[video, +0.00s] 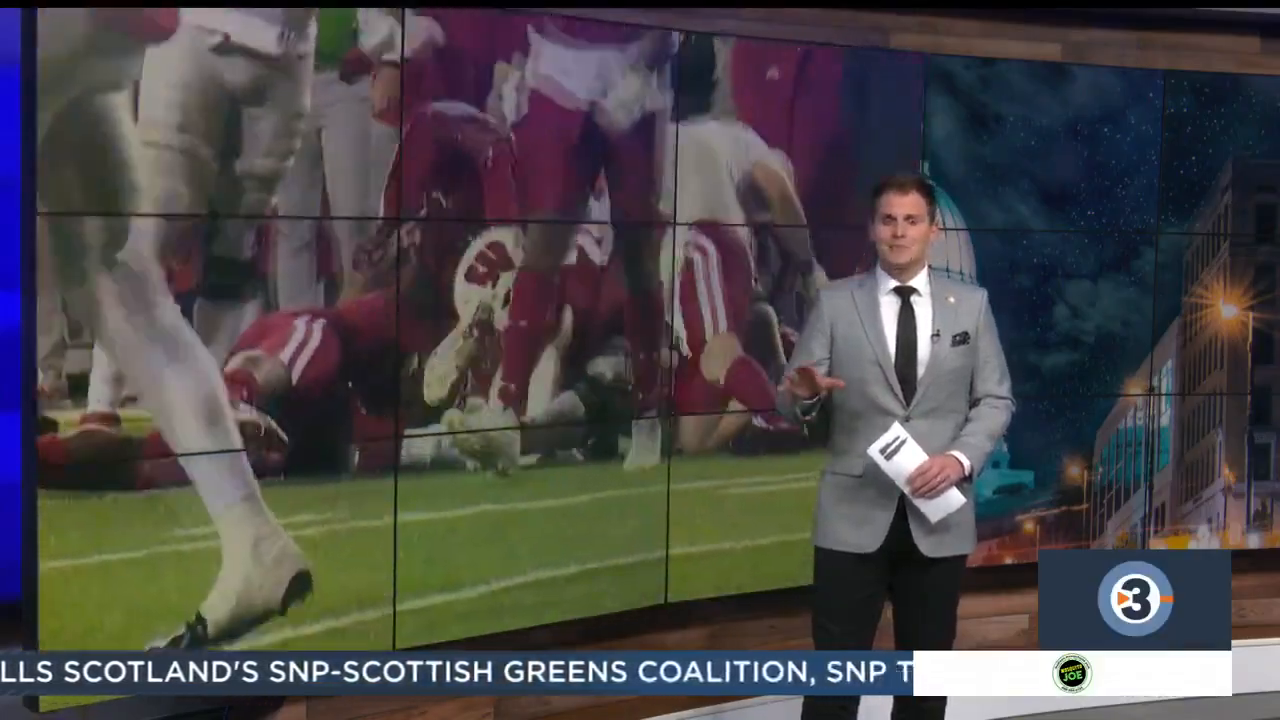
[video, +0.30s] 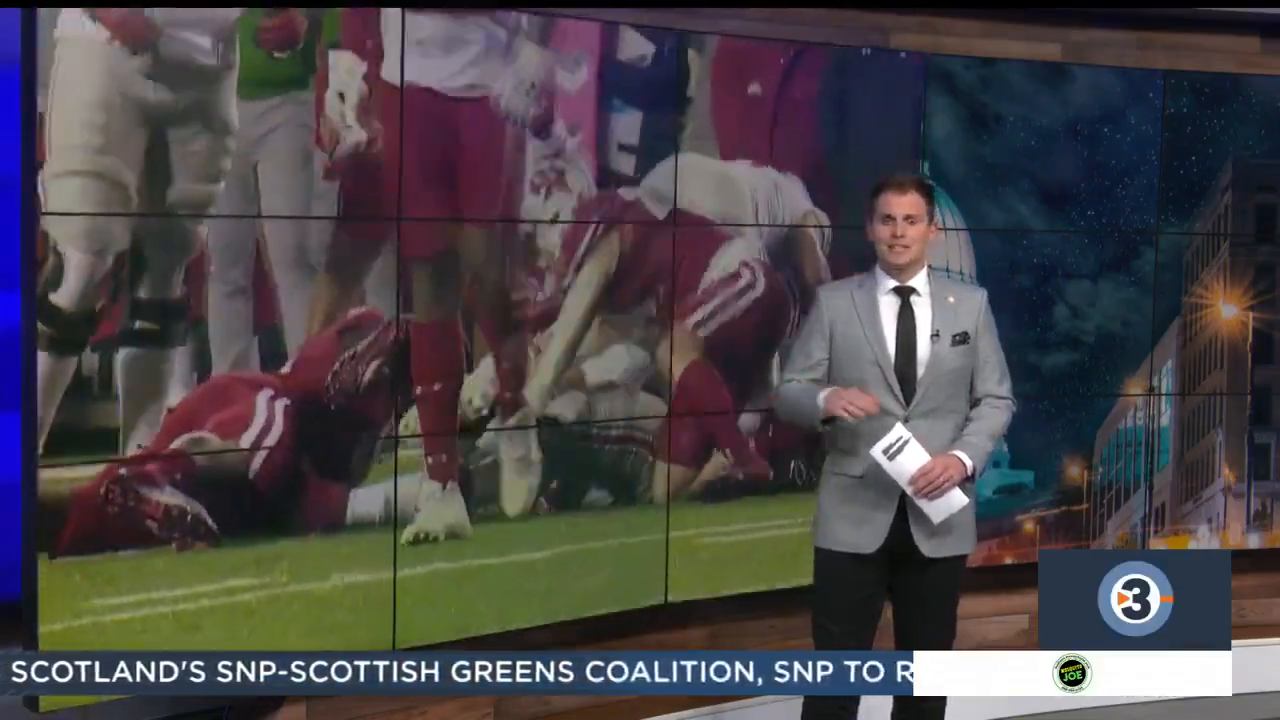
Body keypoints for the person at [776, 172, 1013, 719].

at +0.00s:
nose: (897, 231)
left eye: (911, 220)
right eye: (887, 220)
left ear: (932, 230)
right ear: (873, 229)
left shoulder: (970, 303)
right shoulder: (835, 301)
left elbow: (994, 401)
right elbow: (792, 407)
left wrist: (960, 457)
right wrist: (798, 394)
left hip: (937, 514)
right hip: (852, 512)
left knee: (929, 673)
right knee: (835, 671)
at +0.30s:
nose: (898, 232)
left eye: (911, 221)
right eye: (887, 220)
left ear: (932, 230)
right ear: (871, 230)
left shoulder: (969, 303)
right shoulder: (832, 302)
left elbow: (995, 400)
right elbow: (788, 392)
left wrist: (963, 457)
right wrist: (824, 400)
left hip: (938, 514)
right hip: (852, 513)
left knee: (929, 673)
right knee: (835, 671)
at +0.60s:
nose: (898, 232)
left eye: (911, 221)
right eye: (887, 221)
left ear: (931, 230)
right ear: (871, 230)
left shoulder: (970, 304)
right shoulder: (833, 303)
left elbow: (997, 400)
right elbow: (795, 394)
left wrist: (960, 457)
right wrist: (854, 428)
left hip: (938, 517)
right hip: (853, 515)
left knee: (927, 674)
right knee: (835, 672)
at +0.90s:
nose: (898, 234)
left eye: (911, 222)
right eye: (887, 222)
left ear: (931, 229)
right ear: (870, 230)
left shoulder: (971, 304)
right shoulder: (833, 303)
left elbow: (997, 402)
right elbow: (795, 395)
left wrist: (957, 464)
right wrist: (855, 428)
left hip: (939, 516)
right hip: (854, 515)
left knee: (929, 676)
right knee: (835, 673)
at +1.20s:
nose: (903, 238)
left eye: (915, 225)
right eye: (891, 226)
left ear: (932, 230)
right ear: (872, 233)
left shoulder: (970, 303)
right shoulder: (835, 301)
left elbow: (998, 398)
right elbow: (789, 394)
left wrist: (960, 440)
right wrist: (843, 405)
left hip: (938, 508)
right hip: (853, 505)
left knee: (929, 667)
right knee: (836, 666)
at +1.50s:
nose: (907, 230)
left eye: (917, 218)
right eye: (894, 219)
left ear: (932, 228)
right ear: (872, 230)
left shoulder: (969, 302)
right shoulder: (836, 301)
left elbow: (989, 401)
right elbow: (799, 396)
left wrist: (941, 422)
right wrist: (832, 405)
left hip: (935, 509)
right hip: (849, 507)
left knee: (927, 668)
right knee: (833, 666)